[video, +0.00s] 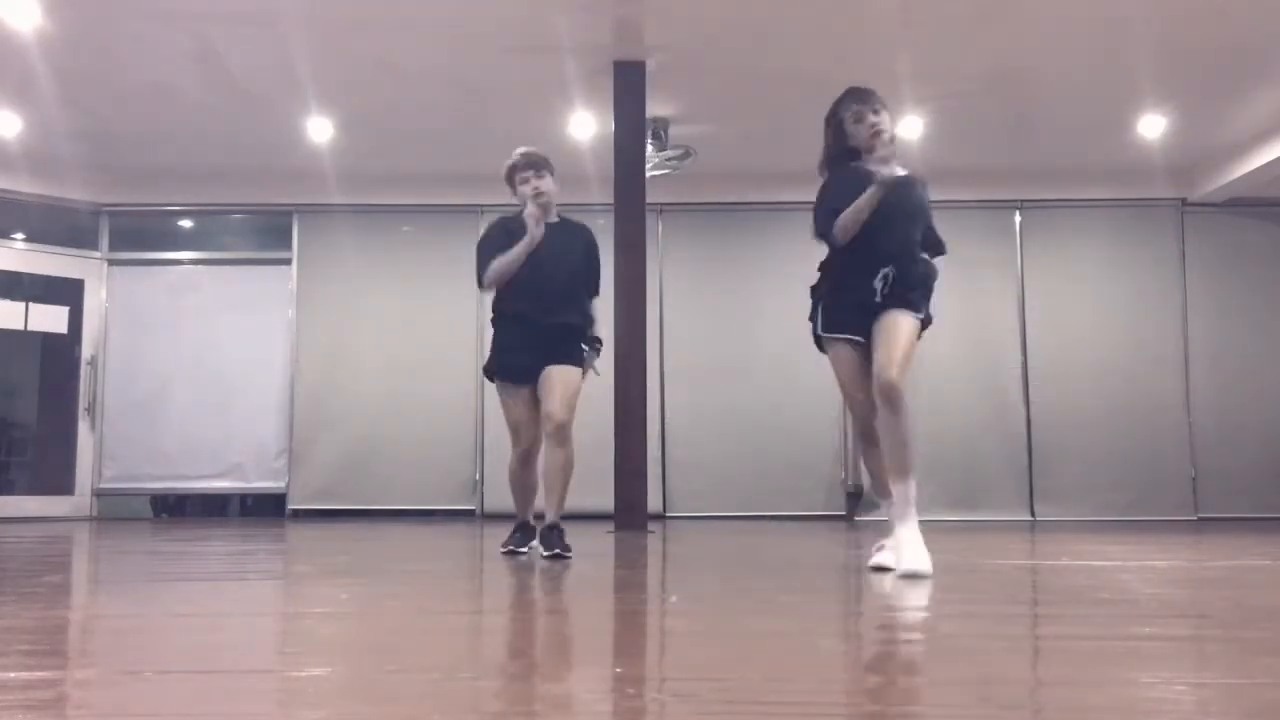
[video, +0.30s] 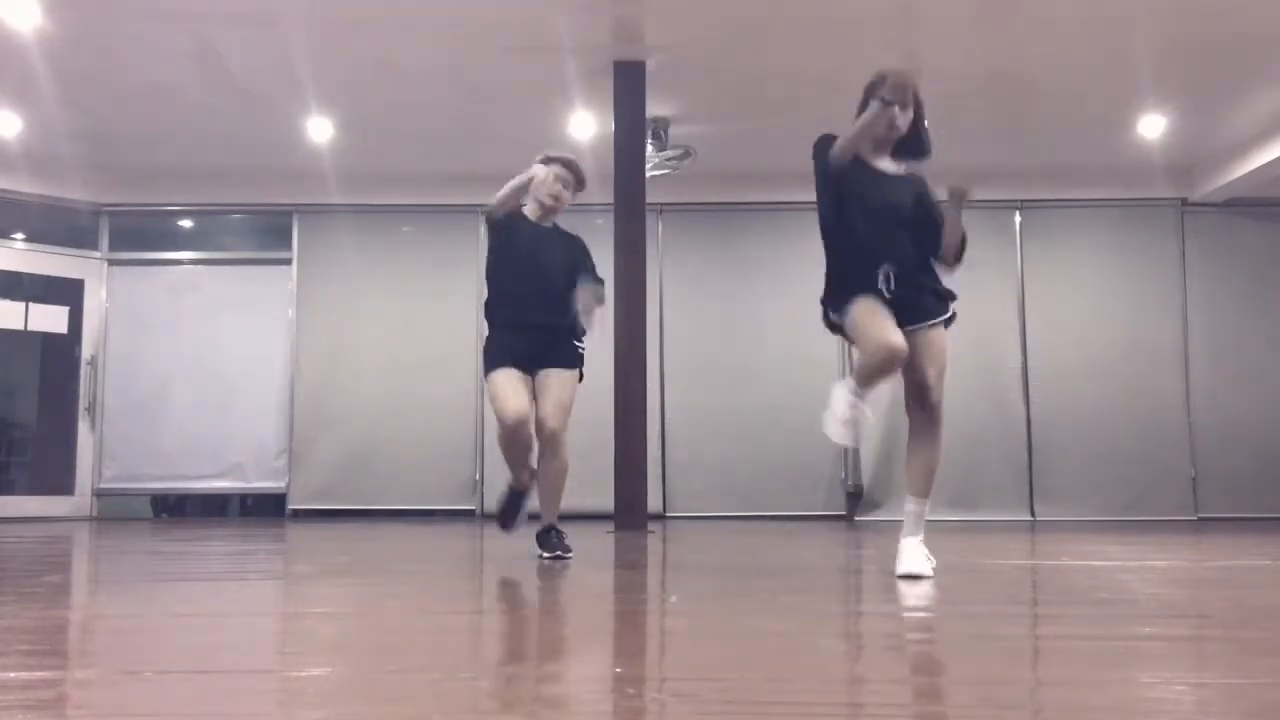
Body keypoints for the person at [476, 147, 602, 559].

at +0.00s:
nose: (533, 185)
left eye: (539, 176)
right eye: (524, 181)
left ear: (554, 181)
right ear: (514, 190)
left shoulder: (579, 234)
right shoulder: (501, 230)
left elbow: (589, 295)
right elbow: (488, 278)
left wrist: (590, 338)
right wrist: (529, 238)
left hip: (565, 341)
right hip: (514, 341)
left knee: (558, 423)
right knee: (524, 446)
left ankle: (552, 525)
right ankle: (524, 524)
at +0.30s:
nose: (561, 192)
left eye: (569, 190)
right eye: (558, 181)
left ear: (571, 200)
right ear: (537, 179)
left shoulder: (571, 245)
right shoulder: (502, 225)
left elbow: (591, 292)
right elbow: (501, 204)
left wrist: (587, 308)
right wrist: (529, 174)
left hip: (558, 341)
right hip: (506, 338)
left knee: (552, 429)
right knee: (514, 417)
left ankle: (550, 527)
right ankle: (520, 482)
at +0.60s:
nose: (517, 158)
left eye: (526, 152)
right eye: (509, 151)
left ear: (539, 163)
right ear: (495, 160)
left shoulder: (553, 220)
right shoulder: (471, 208)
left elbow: (573, 279)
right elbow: (446, 261)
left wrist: (551, 298)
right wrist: (457, 289)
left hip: (532, 335)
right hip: (477, 332)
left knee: (552, 436)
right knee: (448, 433)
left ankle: (584, 527)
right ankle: (414, 527)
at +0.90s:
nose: (502, 165)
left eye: (512, 159)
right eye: (494, 158)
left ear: (527, 168)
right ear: (482, 167)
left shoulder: (546, 220)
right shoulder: (460, 219)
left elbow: (567, 279)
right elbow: (448, 281)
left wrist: (543, 282)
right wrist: (466, 331)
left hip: (535, 340)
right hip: (481, 341)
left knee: (556, 431)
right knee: (449, 435)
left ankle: (585, 527)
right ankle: (417, 529)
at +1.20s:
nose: (484, 173)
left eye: (492, 166)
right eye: (476, 167)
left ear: (509, 174)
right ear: (466, 177)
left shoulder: (533, 212)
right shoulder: (466, 236)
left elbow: (559, 273)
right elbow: (454, 284)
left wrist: (533, 326)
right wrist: (457, 285)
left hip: (514, 341)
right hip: (464, 341)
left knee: (543, 441)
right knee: (443, 435)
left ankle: (585, 528)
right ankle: (416, 530)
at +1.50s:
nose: (527, 175)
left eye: (530, 169)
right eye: (518, 166)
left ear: (533, 176)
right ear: (491, 169)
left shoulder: (542, 225)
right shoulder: (460, 219)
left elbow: (566, 281)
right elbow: (448, 280)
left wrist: (553, 232)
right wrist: (483, 323)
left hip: (536, 344)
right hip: (479, 344)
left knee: (558, 432)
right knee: (451, 438)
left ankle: (589, 526)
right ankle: (418, 530)